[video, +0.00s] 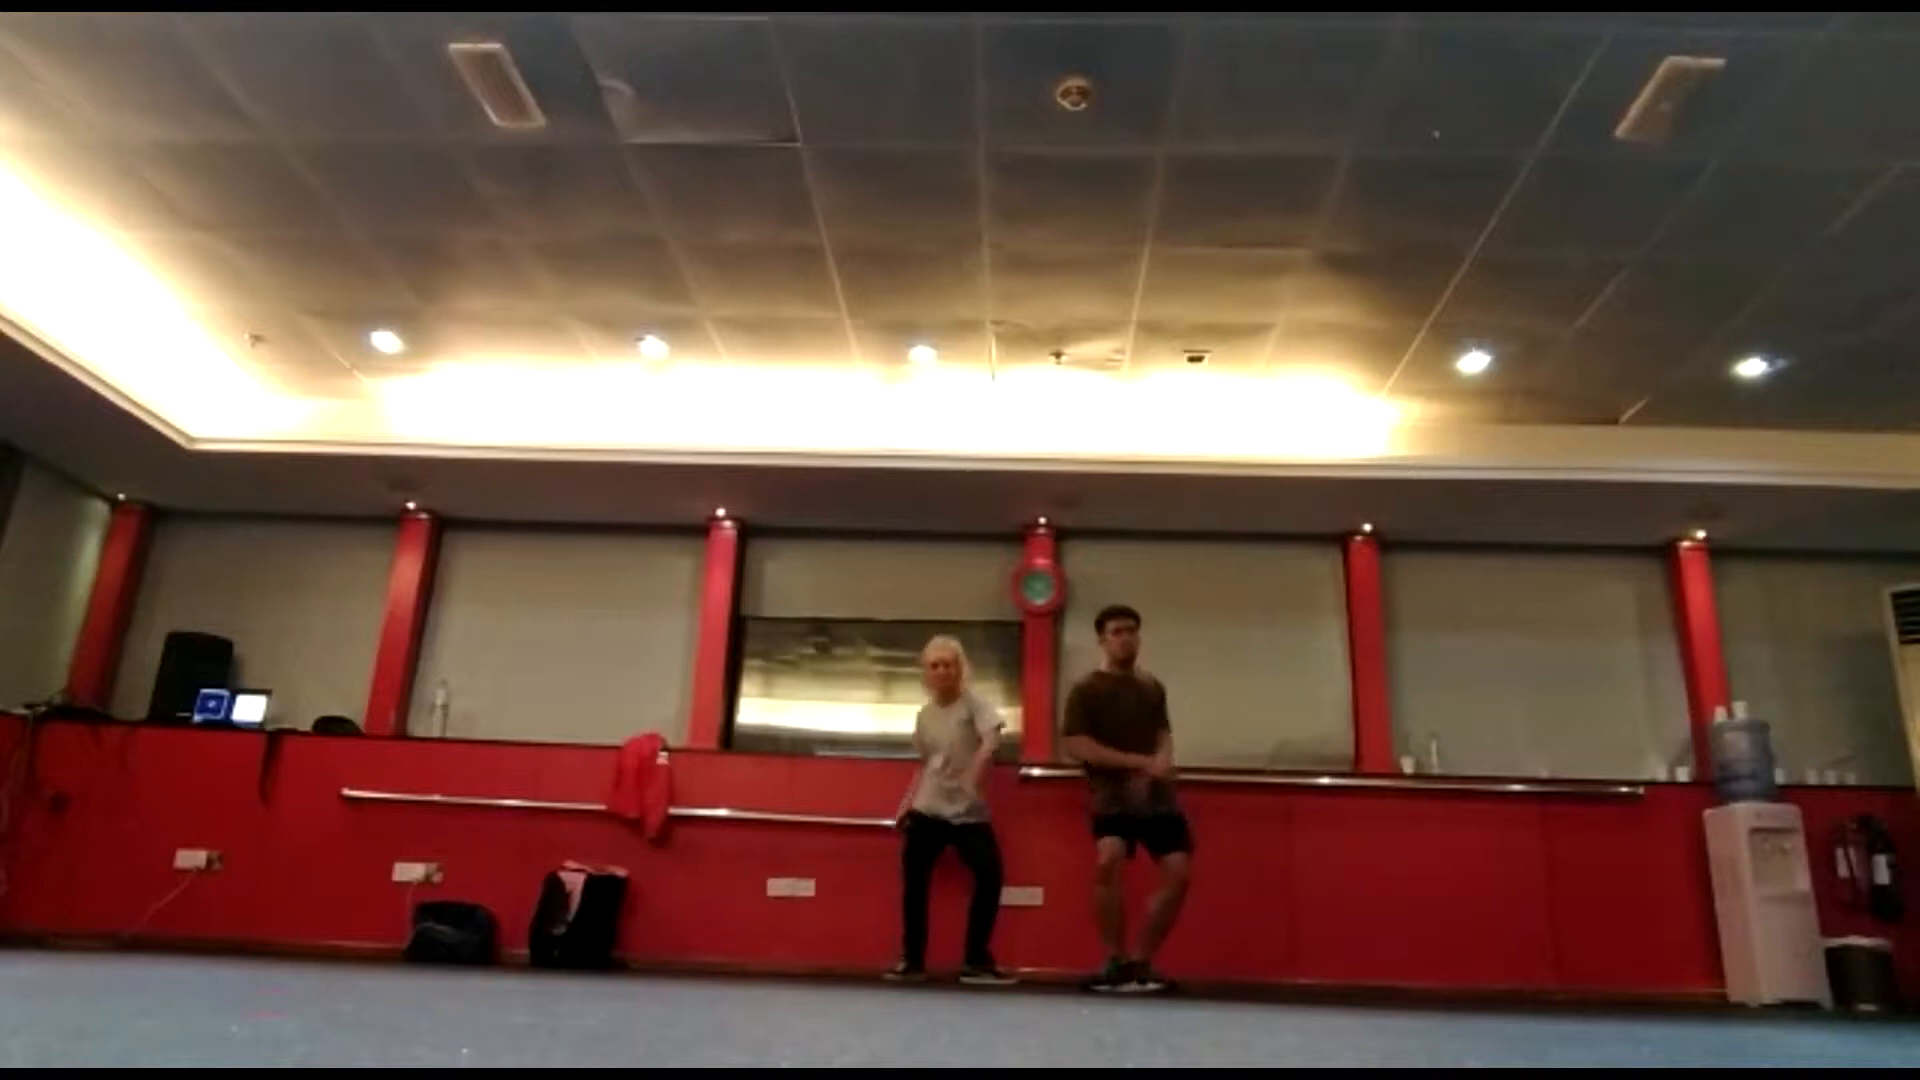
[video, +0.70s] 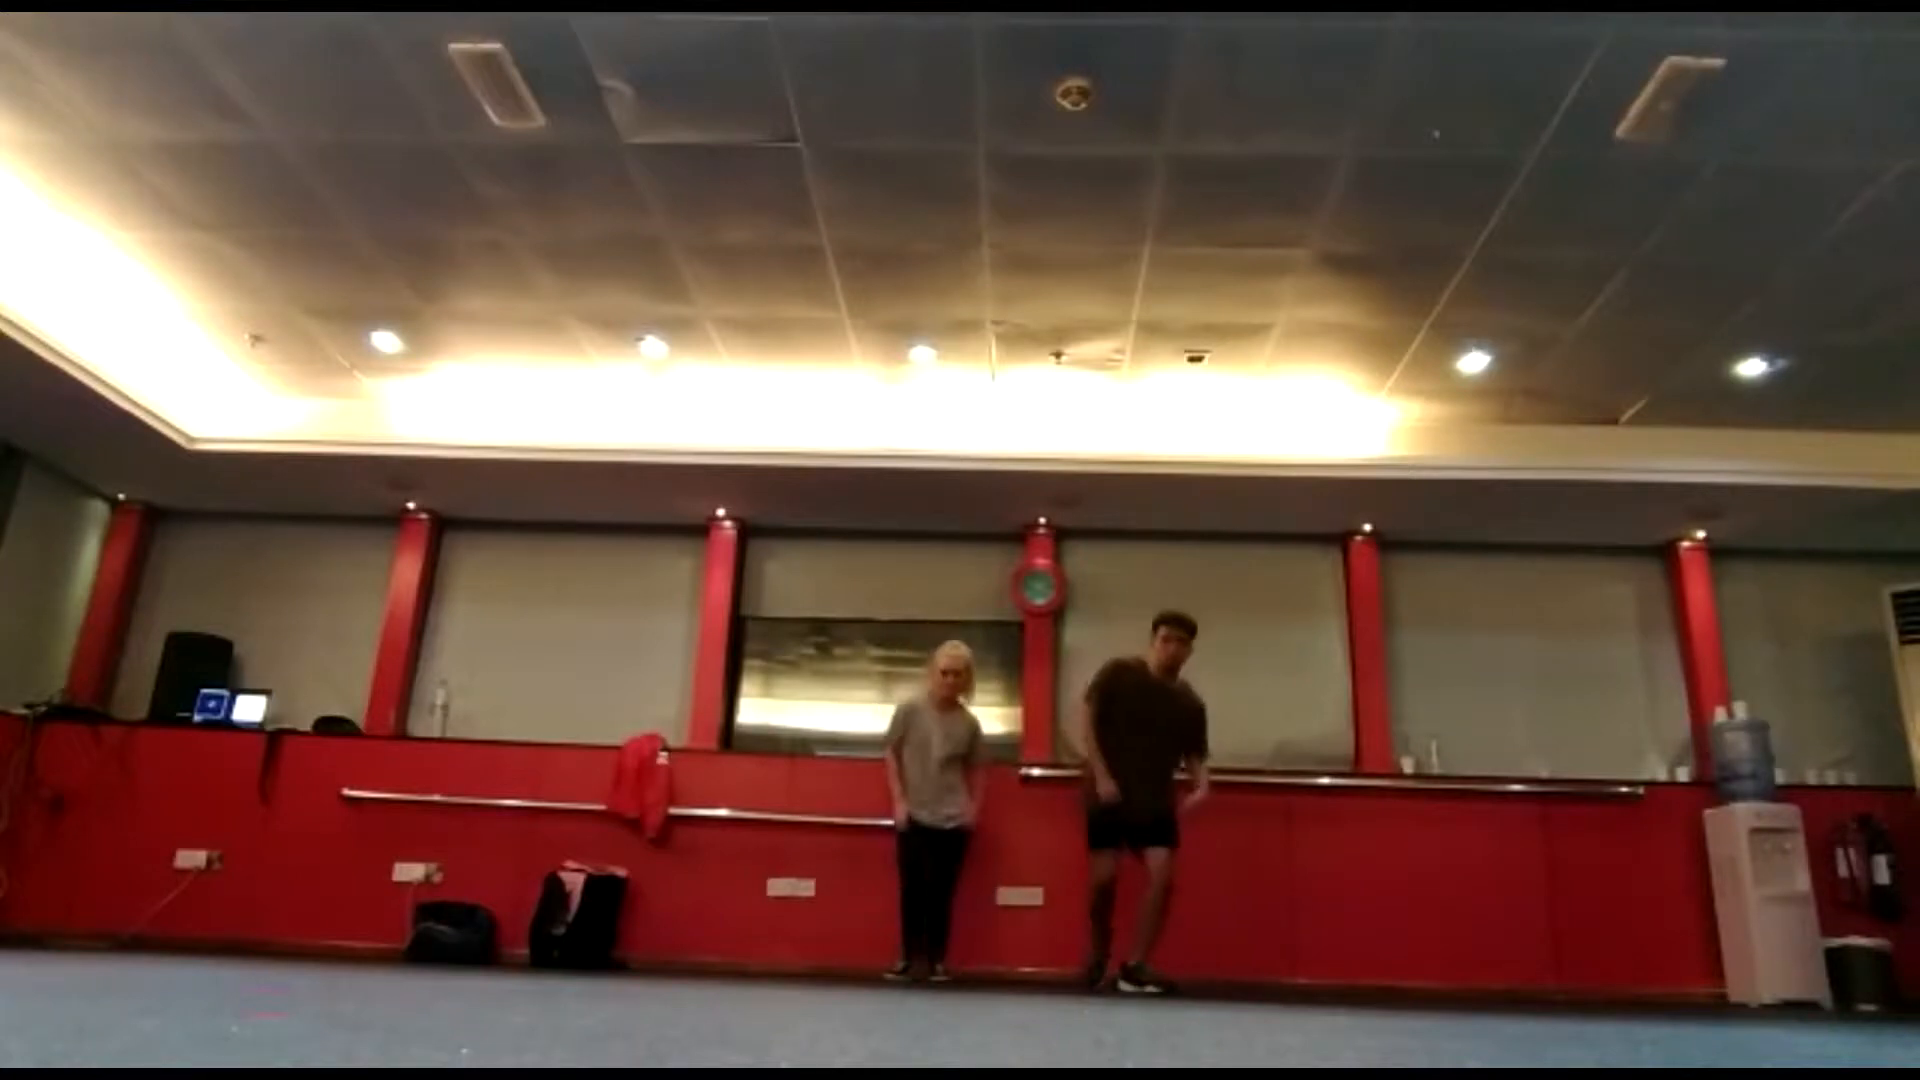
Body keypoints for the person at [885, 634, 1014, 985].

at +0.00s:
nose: (940, 672)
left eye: (946, 665)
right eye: (933, 666)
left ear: (960, 668)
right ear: (924, 671)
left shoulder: (974, 703)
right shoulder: (926, 714)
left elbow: (992, 738)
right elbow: (925, 763)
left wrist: (973, 777)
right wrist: (907, 803)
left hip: (967, 817)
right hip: (927, 815)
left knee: (990, 879)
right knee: (914, 885)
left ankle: (977, 961)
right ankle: (912, 959)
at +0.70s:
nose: (950, 681)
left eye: (957, 675)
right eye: (944, 673)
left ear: (967, 679)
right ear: (932, 674)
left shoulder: (969, 723)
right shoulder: (909, 711)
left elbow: (976, 768)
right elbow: (891, 752)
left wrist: (974, 806)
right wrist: (898, 801)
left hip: (953, 822)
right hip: (915, 819)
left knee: (941, 895)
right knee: (912, 893)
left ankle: (936, 959)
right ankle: (910, 956)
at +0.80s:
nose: (947, 683)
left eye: (954, 675)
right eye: (941, 675)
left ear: (966, 680)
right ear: (929, 677)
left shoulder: (971, 725)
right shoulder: (912, 711)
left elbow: (978, 772)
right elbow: (893, 749)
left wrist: (966, 806)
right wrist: (899, 791)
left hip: (953, 815)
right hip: (918, 807)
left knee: (943, 892)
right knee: (916, 829)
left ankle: (936, 960)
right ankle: (911, 891)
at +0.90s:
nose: (937, 667)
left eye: (943, 659)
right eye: (930, 660)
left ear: (956, 661)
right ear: (921, 663)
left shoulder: (971, 708)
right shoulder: (910, 697)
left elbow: (980, 757)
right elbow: (894, 731)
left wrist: (963, 793)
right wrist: (900, 771)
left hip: (953, 801)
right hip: (917, 791)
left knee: (943, 884)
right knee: (919, 809)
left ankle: (937, 957)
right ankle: (913, 861)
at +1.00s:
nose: (921, 658)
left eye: (927, 649)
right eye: (914, 651)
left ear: (941, 647)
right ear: (906, 654)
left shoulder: (967, 688)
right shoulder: (903, 691)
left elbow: (982, 738)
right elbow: (898, 728)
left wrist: (965, 777)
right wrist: (902, 760)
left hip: (955, 786)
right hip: (918, 779)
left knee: (945, 874)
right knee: (917, 817)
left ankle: (937, 955)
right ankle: (917, 890)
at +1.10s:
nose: (915, 671)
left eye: (921, 662)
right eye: (908, 663)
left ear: (936, 659)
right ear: (900, 664)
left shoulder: (962, 693)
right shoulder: (901, 700)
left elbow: (984, 737)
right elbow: (900, 735)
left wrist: (965, 779)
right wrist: (902, 772)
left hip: (957, 797)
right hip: (919, 793)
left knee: (947, 877)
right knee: (916, 866)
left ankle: (939, 956)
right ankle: (910, 929)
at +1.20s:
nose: (909, 687)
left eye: (917, 679)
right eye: (902, 679)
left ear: (930, 681)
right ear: (894, 683)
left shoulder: (948, 713)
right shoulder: (893, 723)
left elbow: (981, 745)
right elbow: (897, 769)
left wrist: (957, 795)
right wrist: (901, 808)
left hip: (955, 818)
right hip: (918, 814)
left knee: (944, 892)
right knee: (913, 887)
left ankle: (939, 958)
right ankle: (910, 953)